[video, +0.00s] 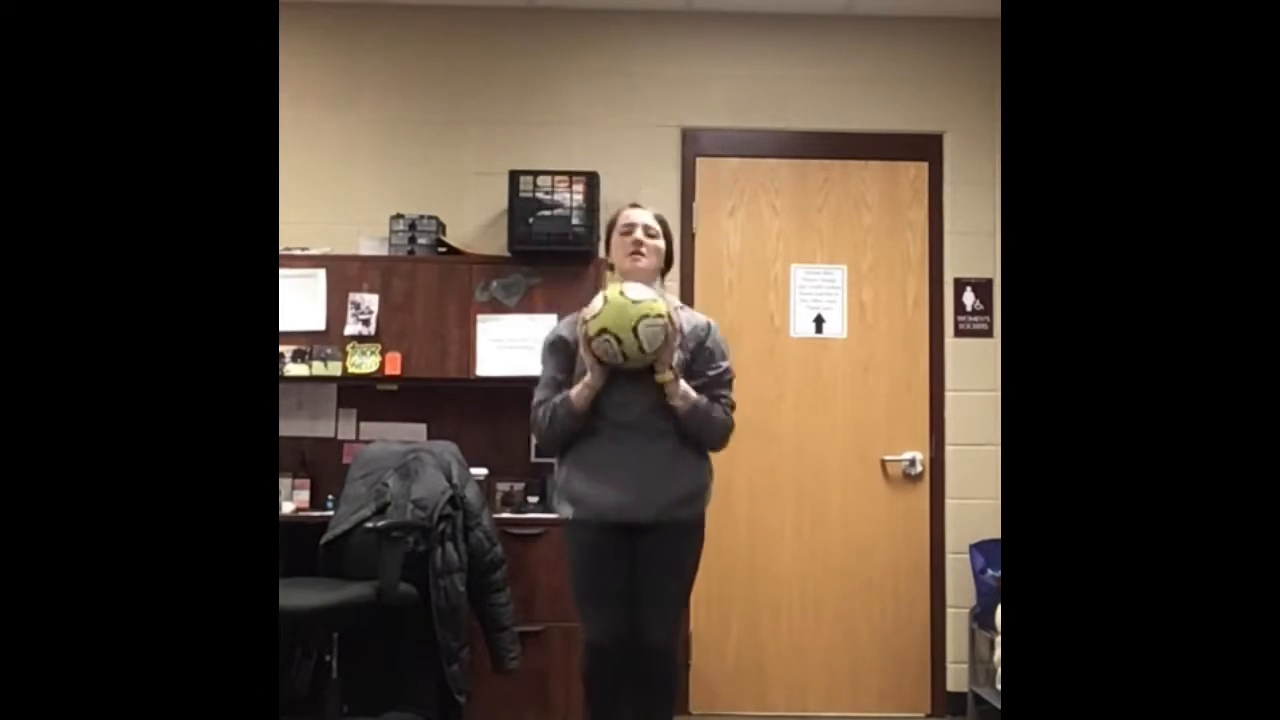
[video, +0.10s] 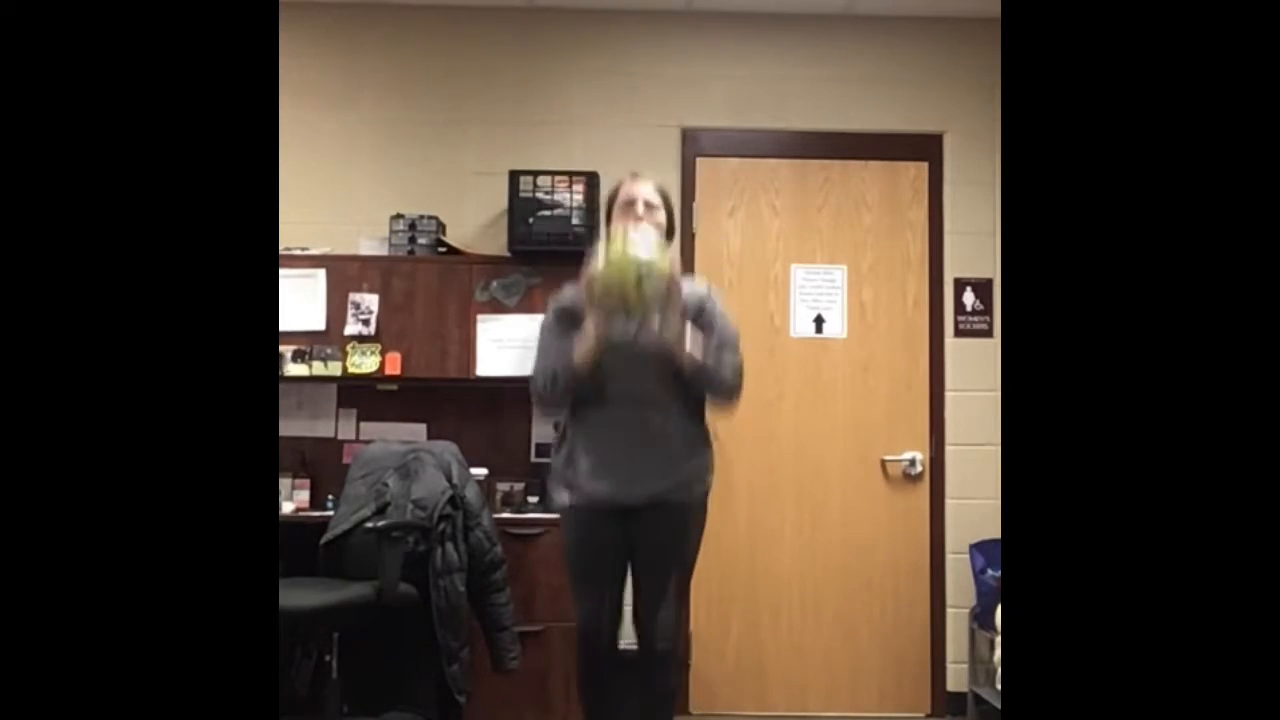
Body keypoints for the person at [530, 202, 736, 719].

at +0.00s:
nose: (640, 238)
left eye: (651, 233)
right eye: (627, 232)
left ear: (666, 254)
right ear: (608, 253)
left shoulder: (698, 331)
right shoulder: (571, 332)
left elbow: (719, 431)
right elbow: (546, 432)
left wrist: (670, 376)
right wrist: (591, 378)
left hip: (673, 515)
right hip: (594, 516)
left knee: (658, 645)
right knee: (605, 645)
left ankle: (656, 718)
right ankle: (606, 718)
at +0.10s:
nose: (641, 216)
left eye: (652, 208)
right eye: (629, 208)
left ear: (668, 224)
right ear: (609, 223)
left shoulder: (695, 301)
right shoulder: (574, 304)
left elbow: (728, 382)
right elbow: (546, 393)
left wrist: (677, 341)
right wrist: (586, 345)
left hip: (673, 493)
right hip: (594, 494)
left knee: (661, 633)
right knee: (595, 631)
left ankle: (660, 715)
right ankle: (600, 714)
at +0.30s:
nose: (643, 196)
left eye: (655, 189)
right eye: (631, 188)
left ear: (672, 205)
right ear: (610, 203)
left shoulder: (693, 267)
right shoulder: (587, 262)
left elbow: (724, 212)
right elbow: (559, 208)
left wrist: (685, 124)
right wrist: (598, 120)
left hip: (671, 444)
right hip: (593, 443)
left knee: (685, 598)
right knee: (568, 598)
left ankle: (703, 708)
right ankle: (538, 709)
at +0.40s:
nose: (638, 231)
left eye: (648, 221)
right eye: (626, 223)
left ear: (665, 233)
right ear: (608, 237)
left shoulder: (682, 293)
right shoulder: (588, 288)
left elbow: (707, 237)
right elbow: (571, 208)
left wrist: (687, 121)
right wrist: (595, 105)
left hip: (660, 472)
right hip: (584, 470)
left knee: (698, 625)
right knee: (558, 622)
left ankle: (736, 714)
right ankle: (519, 709)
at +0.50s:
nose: (636, 231)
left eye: (645, 222)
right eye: (622, 222)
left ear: (659, 239)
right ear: (602, 241)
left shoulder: (678, 298)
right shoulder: (586, 293)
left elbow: (698, 232)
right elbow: (573, 223)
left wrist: (677, 135)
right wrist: (594, 127)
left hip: (655, 477)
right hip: (583, 474)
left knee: (682, 623)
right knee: (559, 621)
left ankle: (725, 712)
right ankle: (523, 709)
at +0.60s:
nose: (626, 247)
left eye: (639, 242)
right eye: (617, 237)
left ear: (652, 265)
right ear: (597, 252)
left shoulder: (668, 314)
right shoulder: (579, 307)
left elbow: (689, 235)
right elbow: (564, 221)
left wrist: (677, 134)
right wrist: (582, 119)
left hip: (659, 498)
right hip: (585, 496)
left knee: (694, 643)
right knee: (541, 641)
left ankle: (727, 719)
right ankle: (484, 712)